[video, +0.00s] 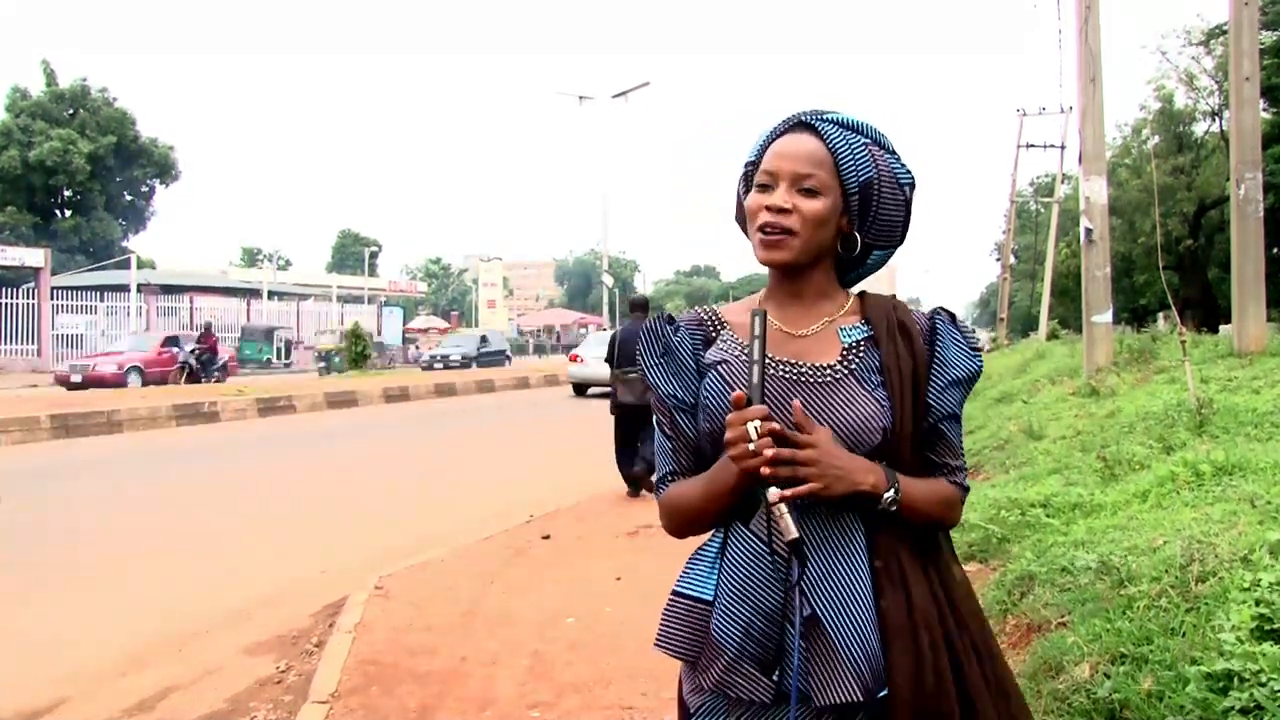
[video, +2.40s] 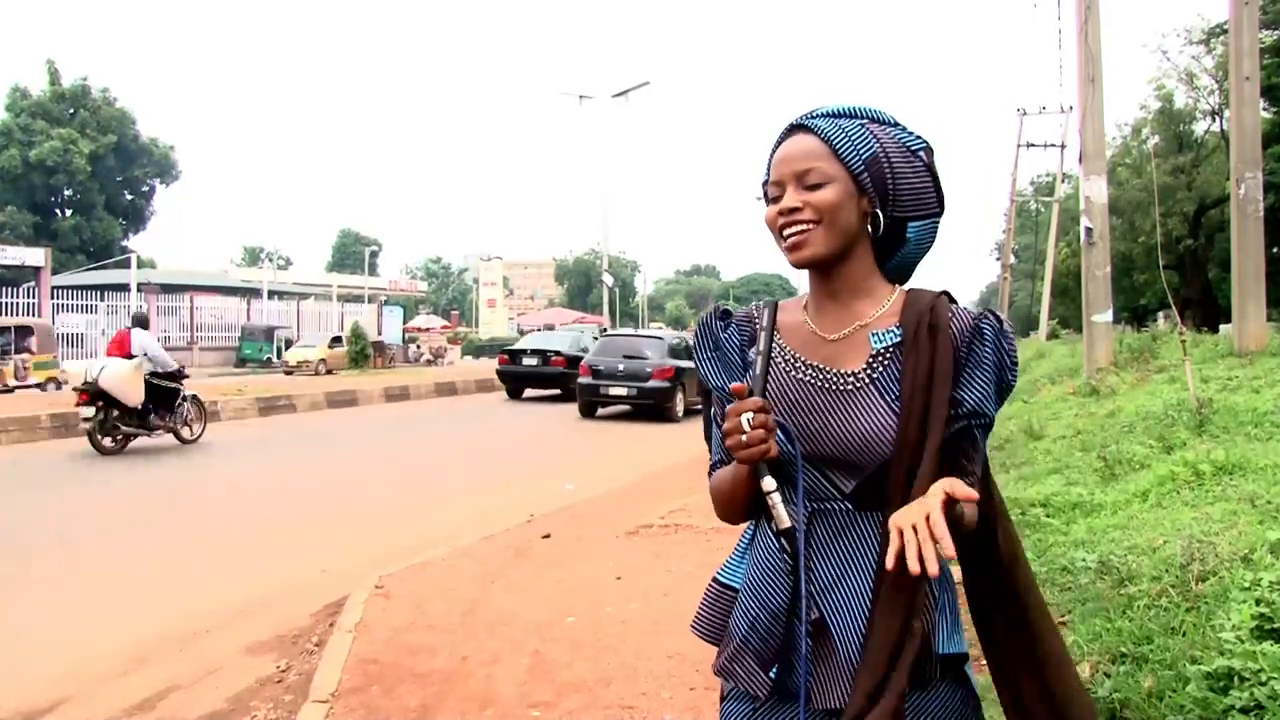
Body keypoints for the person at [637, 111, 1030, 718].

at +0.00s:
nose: (776, 203)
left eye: (806, 190)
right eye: (764, 185)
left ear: (848, 217)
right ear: (745, 200)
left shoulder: (911, 339)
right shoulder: (699, 339)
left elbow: (950, 500)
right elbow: (674, 516)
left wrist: (865, 475)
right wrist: (732, 468)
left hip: (878, 630)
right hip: (742, 636)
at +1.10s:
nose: (821, 198)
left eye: (849, 181)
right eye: (807, 184)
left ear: (897, 205)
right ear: (793, 206)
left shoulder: (959, 330)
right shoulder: (758, 339)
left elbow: (1003, 506)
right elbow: (739, 510)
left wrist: (940, 447)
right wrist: (770, 463)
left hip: (928, 624)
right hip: (799, 624)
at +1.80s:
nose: (821, 219)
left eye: (849, 202)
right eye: (807, 203)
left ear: (896, 226)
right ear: (790, 223)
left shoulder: (955, 342)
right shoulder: (760, 356)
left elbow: (1006, 514)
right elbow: (743, 525)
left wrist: (968, 395)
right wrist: (783, 486)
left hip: (930, 627)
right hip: (806, 627)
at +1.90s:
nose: (824, 208)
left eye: (850, 190)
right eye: (808, 196)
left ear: (900, 213)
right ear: (791, 220)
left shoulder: (961, 322)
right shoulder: (762, 347)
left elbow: (1014, 491)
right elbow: (742, 517)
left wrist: (975, 323)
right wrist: (781, 473)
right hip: (806, 635)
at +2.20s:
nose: (808, 200)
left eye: (835, 182)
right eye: (794, 188)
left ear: (892, 203)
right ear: (781, 212)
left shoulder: (954, 318)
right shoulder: (751, 336)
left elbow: (1023, 471)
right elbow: (733, 511)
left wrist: (977, 299)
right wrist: (757, 456)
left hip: (909, 627)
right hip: (782, 626)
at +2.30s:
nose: (796, 205)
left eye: (822, 184)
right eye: (783, 191)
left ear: (877, 201)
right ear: (772, 210)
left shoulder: (947, 327)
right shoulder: (750, 338)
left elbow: (996, 492)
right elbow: (730, 511)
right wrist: (751, 462)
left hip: (904, 623)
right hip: (779, 621)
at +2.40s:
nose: (786, 206)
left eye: (812, 183)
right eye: (774, 193)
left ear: (870, 197)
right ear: (766, 209)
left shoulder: (944, 333)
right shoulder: (746, 337)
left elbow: (972, 503)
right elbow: (727, 508)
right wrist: (745, 462)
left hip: (896, 632)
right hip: (772, 631)